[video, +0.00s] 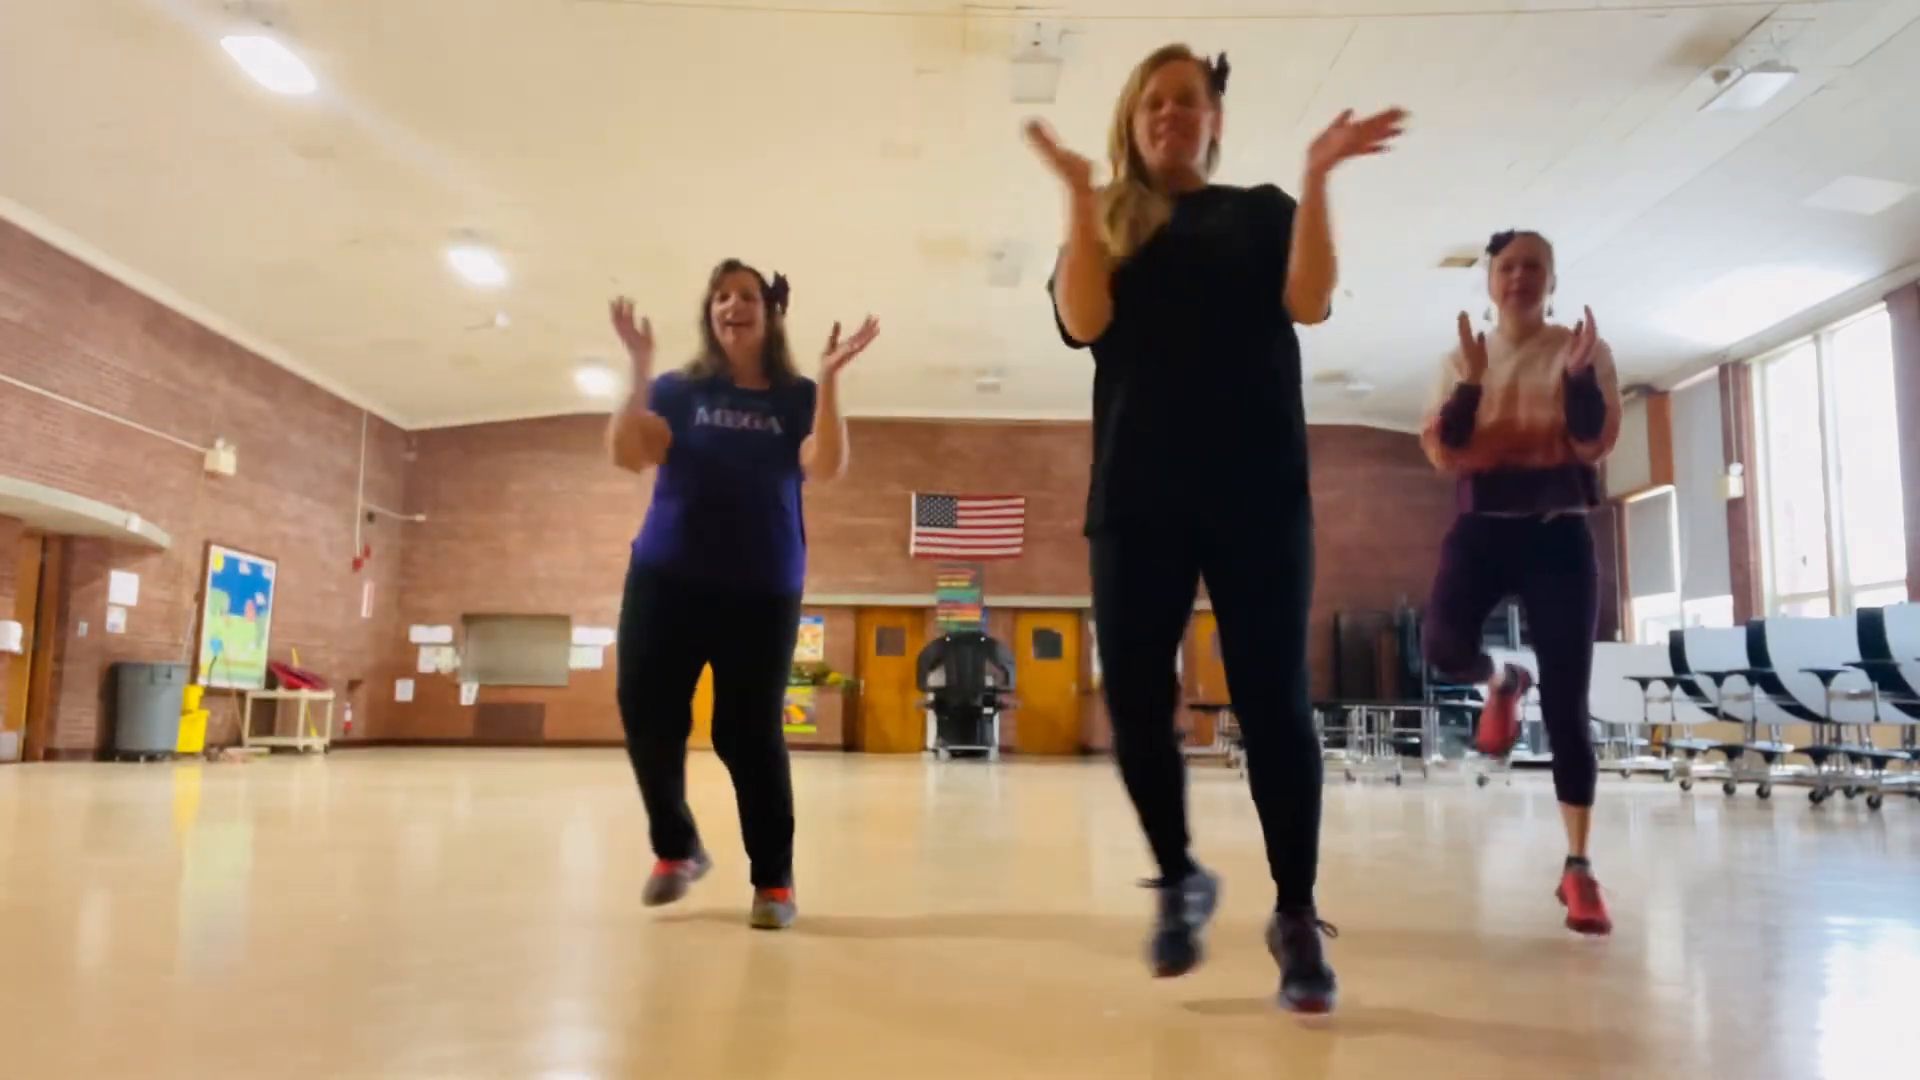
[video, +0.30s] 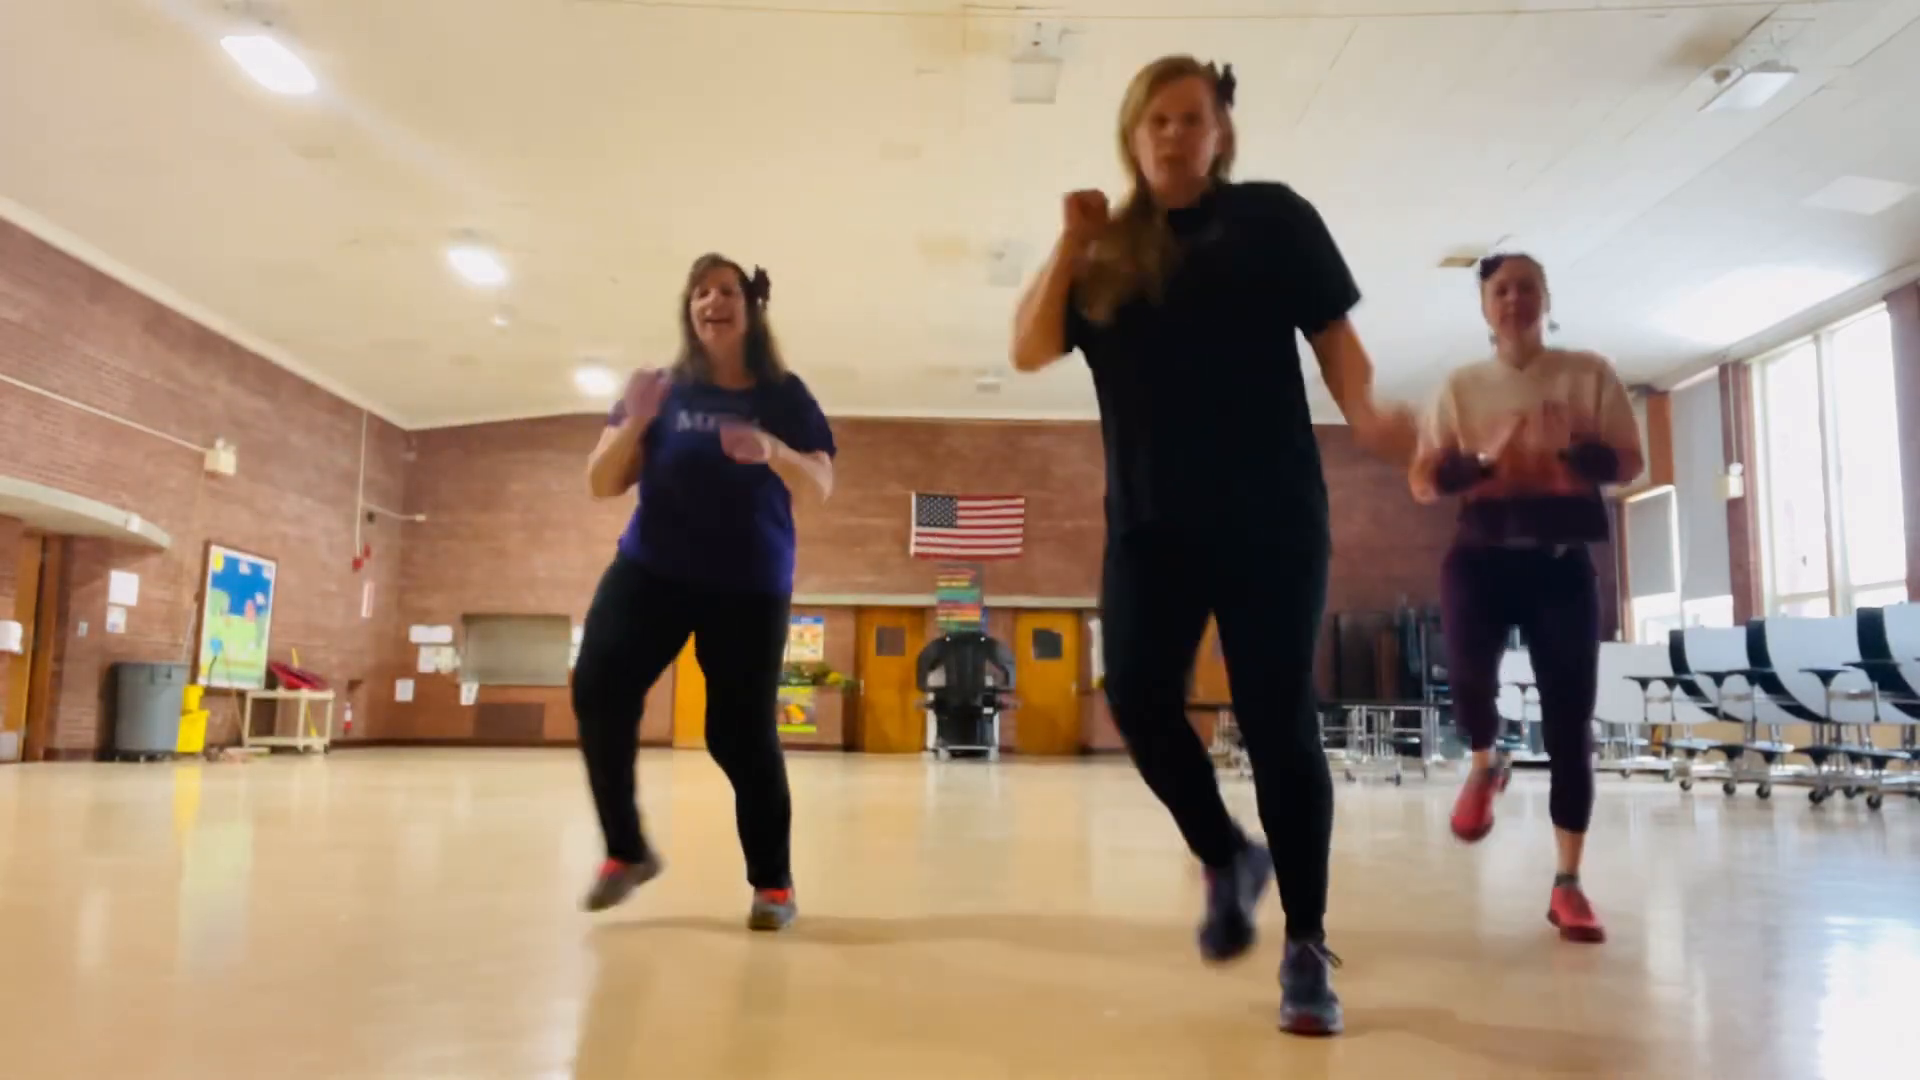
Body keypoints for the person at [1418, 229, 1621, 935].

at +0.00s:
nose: (1519, 276)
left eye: (1532, 266)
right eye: (1508, 266)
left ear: (1549, 280)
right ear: (1489, 278)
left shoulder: (1578, 351)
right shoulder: (1467, 357)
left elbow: (1595, 444)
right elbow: (1442, 455)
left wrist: (1581, 375)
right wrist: (1471, 379)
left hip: (1558, 535)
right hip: (1480, 532)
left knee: (1566, 706)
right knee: (1444, 650)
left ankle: (1578, 866)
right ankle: (1502, 682)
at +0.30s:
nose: (1515, 300)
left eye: (1526, 289)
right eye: (1502, 290)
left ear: (1546, 301)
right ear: (1484, 306)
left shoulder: (1589, 374)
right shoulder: (1459, 388)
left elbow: (1630, 464)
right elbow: (1423, 480)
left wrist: (1584, 456)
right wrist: (1470, 471)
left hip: (1562, 564)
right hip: (1481, 561)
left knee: (1569, 725)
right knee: (1466, 669)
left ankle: (1568, 882)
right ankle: (1486, 762)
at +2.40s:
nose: (1185, 281)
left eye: (1190, 275)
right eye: (1169, 273)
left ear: (1195, 297)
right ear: (1136, 295)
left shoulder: (1209, 377)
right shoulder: (1112, 354)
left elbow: (1275, 428)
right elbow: (1055, 424)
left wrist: (1315, 386)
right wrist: (1068, 487)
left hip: (1181, 554)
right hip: (1112, 553)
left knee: (1224, 708)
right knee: (1096, 715)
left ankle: (1263, 860)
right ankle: (1071, 866)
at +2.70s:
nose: (1255, 290)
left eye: (1260, 283)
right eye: (1239, 283)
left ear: (1269, 307)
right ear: (1209, 310)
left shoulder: (1299, 385)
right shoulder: (1184, 389)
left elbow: (1335, 474)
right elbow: (1142, 468)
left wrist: (1357, 557)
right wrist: (1142, 516)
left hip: (1271, 572)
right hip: (1195, 567)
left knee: (1288, 726)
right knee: (1157, 701)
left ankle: (1269, 881)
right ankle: (1140, 828)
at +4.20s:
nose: (1432, 308)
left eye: (1444, 298)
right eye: (1422, 298)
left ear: (1464, 309)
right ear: (1405, 308)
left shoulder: (1496, 395)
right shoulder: (1369, 387)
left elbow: (1539, 471)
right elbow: (1312, 459)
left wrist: (1537, 528)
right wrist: (1320, 512)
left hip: (1449, 564)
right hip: (1374, 556)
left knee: (1463, 721)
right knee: (1337, 672)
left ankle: (1477, 873)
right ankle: (1370, 801)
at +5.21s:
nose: (1394, 340)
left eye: (1393, 328)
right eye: (1392, 328)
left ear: (1333, 331)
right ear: (1377, 330)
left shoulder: (1289, 400)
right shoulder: (1384, 396)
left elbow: (1251, 479)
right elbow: (1441, 486)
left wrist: (1245, 423)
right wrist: (1527, 515)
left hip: (1297, 582)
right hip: (1364, 578)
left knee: (1328, 729)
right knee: (1457, 712)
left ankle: (1296, 878)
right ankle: (1409, 846)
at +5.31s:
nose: (1397, 330)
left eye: (1390, 320)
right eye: (1397, 320)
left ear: (1338, 322)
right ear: (1395, 321)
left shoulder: (1300, 385)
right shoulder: (1406, 382)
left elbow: (1250, 466)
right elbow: (1465, 474)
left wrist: (1238, 413)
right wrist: (1544, 512)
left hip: (1318, 564)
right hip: (1391, 559)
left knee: (1334, 724)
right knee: (1452, 712)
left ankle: (1317, 877)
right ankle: (1467, 865)